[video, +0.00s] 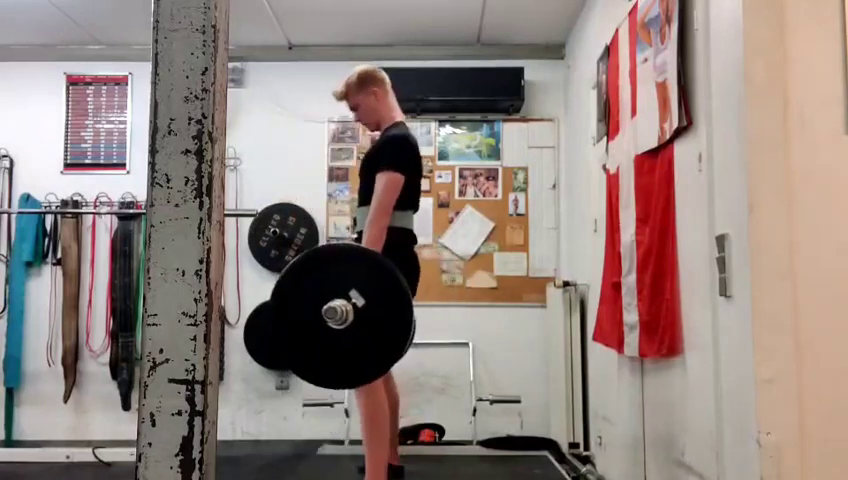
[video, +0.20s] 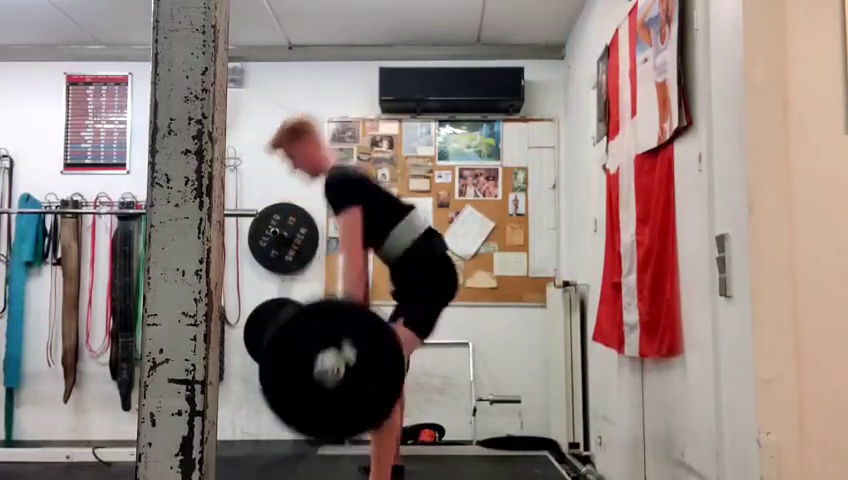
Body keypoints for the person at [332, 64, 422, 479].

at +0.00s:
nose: (357, 119)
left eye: (357, 109)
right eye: (354, 111)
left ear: (378, 95)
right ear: (379, 98)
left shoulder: (396, 142)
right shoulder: (393, 140)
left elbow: (381, 215)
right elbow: (381, 215)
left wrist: (361, 276)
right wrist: (360, 273)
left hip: (386, 261)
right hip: (391, 261)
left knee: (366, 368)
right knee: (378, 366)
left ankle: (375, 474)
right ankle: (389, 461)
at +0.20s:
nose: (294, 167)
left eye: (292, 157)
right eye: (289, 160)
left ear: (309, 145)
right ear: (312, 147)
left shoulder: (341, 181)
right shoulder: (343, 180)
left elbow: (354, 261)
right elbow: (355, 261)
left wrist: (351, 326)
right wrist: (352, 325)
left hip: (428, 275)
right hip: (421, 274)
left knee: (387, 365)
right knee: (387, 364)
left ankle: (381, 473)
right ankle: (386, 467)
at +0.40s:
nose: (263, 264)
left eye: (263, 250)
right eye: (258, 256)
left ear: (288, 233)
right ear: (293, 235)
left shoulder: (319, 272)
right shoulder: (324, 266)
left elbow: (349, 345)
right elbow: (354, 340)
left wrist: (349, 410)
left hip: (445, 300)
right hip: (435, 298)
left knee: (369, 365)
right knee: (372, 365)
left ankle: (385, 461)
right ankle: (386, 457)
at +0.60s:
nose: (274, 287)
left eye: (267, 278)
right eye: (266, 284)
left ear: (274, 253)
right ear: (274, 252)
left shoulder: (316, 267)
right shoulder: (322, 261)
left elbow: (345, 347)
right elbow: (352, 342)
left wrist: (348, 417)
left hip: (440, 305)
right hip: (437, 302)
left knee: (358, 368)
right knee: (371, 369)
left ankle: (379, 457)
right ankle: (391, 451)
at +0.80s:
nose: (272, 279)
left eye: (267, 269)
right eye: (265, 275)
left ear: (278, 243)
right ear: (279, 243)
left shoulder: (321, 269)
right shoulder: (325, 263)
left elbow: (343, 352)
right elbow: (352, 345)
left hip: (437, 317)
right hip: (433, 314)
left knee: (348, 370)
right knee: (362, 370)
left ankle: (371, 452)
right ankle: (388, 447)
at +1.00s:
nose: (271, 275)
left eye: (266, 266)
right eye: (264, 271)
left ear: (280, 244)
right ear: (282, 240)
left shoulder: (325, 269)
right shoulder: (327, 262)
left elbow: (347, 347)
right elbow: (353, 343)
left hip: (439, 320)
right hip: (434, 317)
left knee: (351, 369)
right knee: (363, 371)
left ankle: (373, 454)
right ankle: (386, 449)